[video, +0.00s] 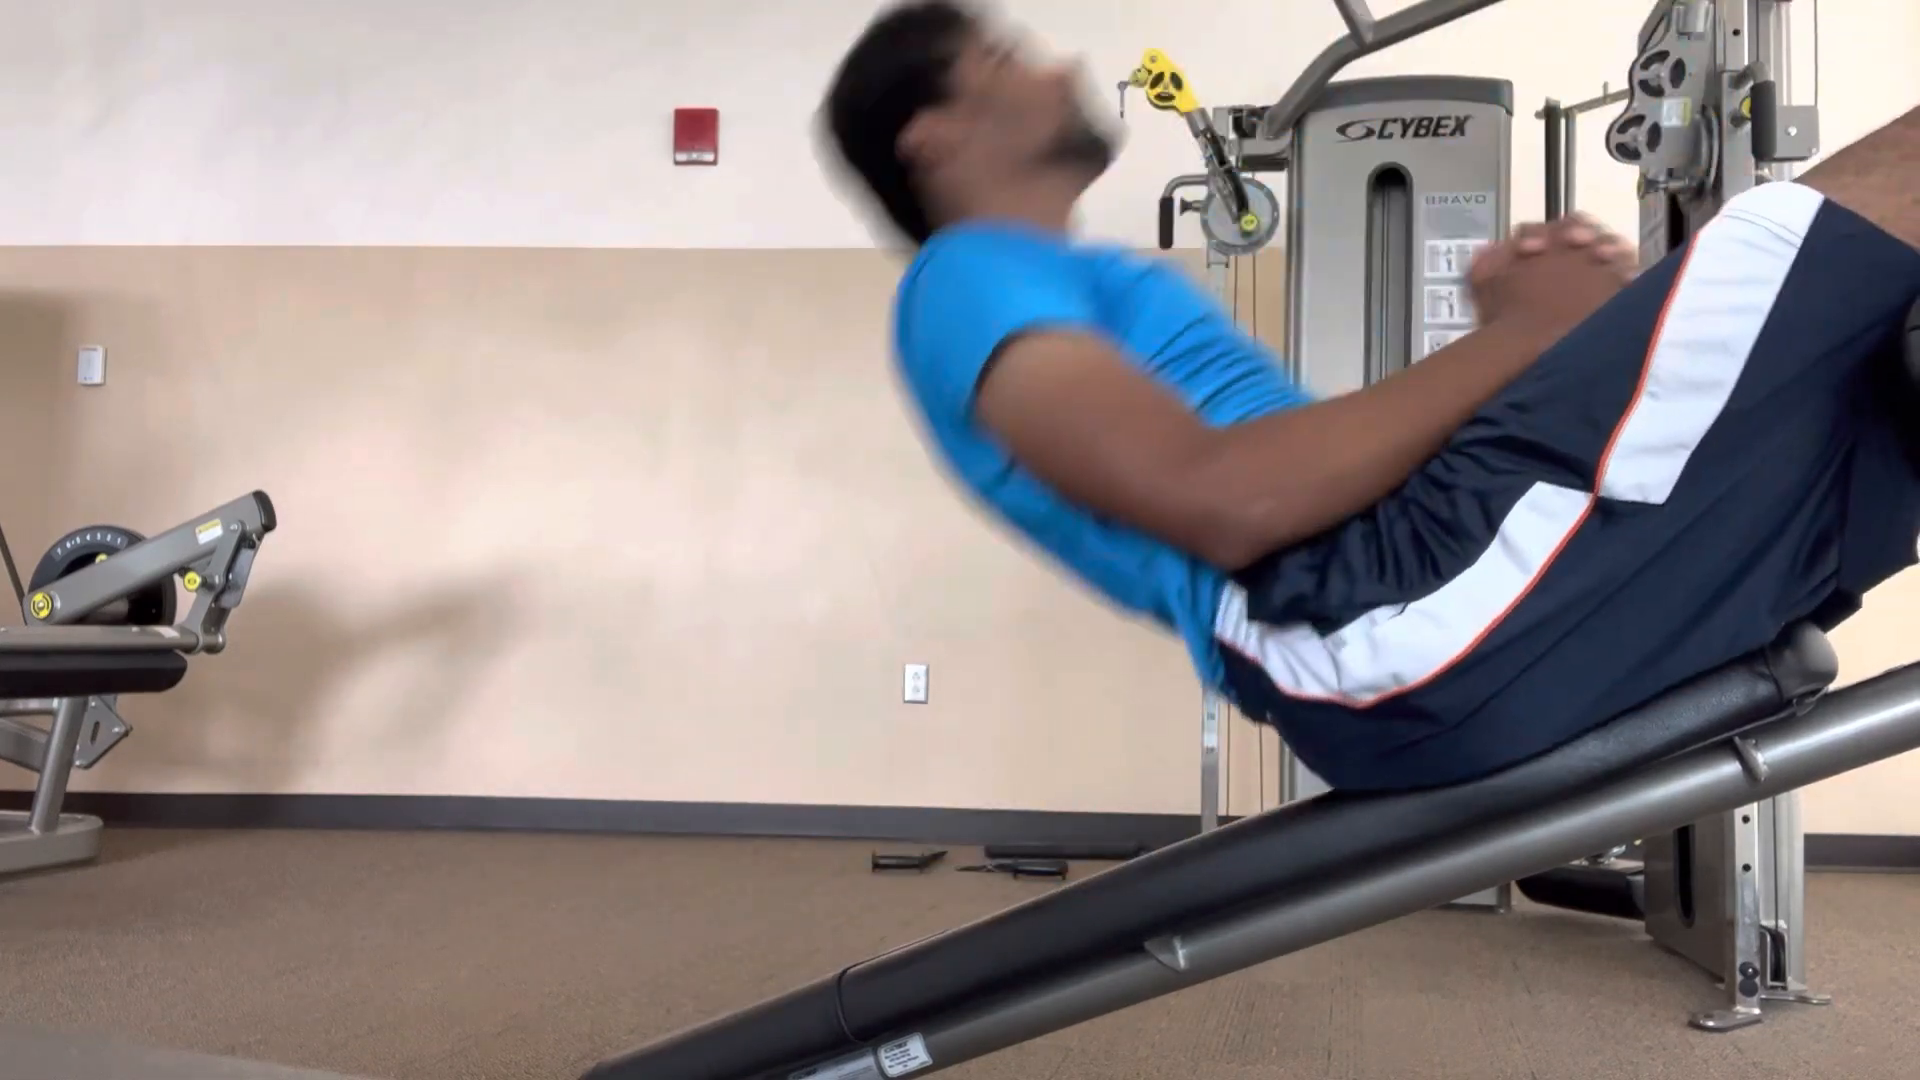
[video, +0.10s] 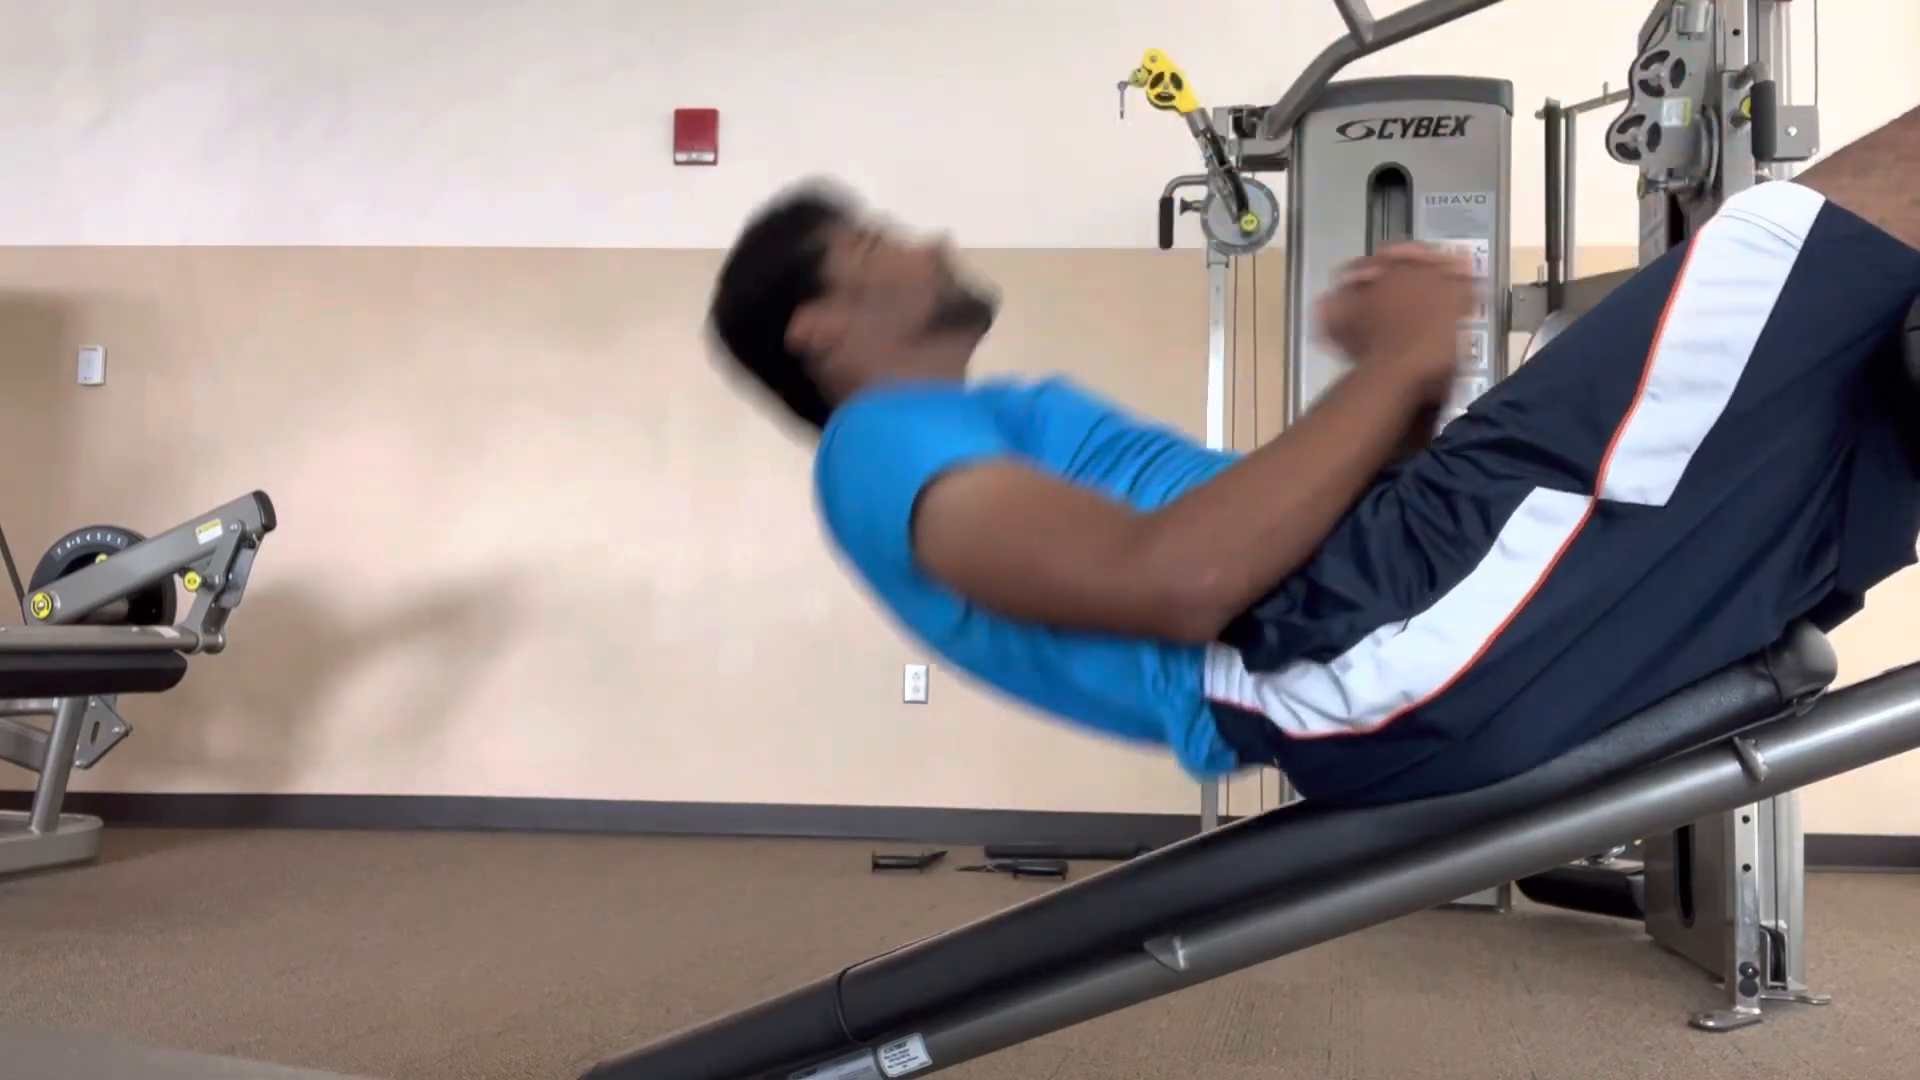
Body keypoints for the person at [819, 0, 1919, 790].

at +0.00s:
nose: (1055, 55)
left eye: (1027, 38)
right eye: (1007, 48)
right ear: (939, 125)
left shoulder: (1088, 291)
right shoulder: (970, 282)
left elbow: (1277, 493)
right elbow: (1216, 502)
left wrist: (1504, 341)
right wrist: (1514, 345)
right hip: (1369, 629)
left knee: (1901, 437)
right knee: (1894, 169)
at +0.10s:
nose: (925, 234)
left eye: (893, 222)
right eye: (878, 233)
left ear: (850, 311)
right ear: (825, 313)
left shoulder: (953, 442)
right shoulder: (880, 446)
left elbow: (1200, 566)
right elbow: (1174, 577)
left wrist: (1397, 376)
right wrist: (1405, 361)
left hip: (1390, 633)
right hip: (1345, 648)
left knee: (1894, 431)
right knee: (1889, 166)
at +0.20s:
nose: (840, 396)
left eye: (812, 388)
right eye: (790, 403)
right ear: (753, 498)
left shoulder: (928, 567)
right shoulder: (834, 587)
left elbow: (1274, 540)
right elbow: (1122, 632)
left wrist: (1228, 402)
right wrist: (1212, 381)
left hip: (1348, 623)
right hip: (1319, 667)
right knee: (1860, 192)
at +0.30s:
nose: (793, 542)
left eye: (765, 538)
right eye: (749, 564)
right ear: (731, 659)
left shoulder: (919, 665)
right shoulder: (814, 715)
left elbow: (1225, 539)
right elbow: (1081, 590)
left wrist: (1050, 449)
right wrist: (1007, 437)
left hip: (1318, 622)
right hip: (1294, 665)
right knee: (1874, 180)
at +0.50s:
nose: (744, 759)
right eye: (726, 783)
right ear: (738, 838)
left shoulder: (892, 811)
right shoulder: (800, 846)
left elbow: (972, 571)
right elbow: (756, 513)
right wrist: (706, 638)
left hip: (1326, 591)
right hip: (1317, 669)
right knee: (1864, 191)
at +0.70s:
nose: (740, 754)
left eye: (718, 774)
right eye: (723, 800)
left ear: (738, 772)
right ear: (730, 862)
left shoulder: (889, 797)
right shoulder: (815, 900)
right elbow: (556, 786)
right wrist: (472, 825)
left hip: (1369, 563)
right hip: (1390, 648)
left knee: (1876, 179)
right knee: (1866, 180)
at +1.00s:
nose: (727, 748)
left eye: (711, 752)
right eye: (706, 769)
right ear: (720, 830)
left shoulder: (899, 789)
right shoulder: (780, 853)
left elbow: (1035, 551)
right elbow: (800, 575)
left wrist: (830, 533)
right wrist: (778, 543)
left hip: (1332, 584)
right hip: (1313, 660)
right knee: (1856, 188)